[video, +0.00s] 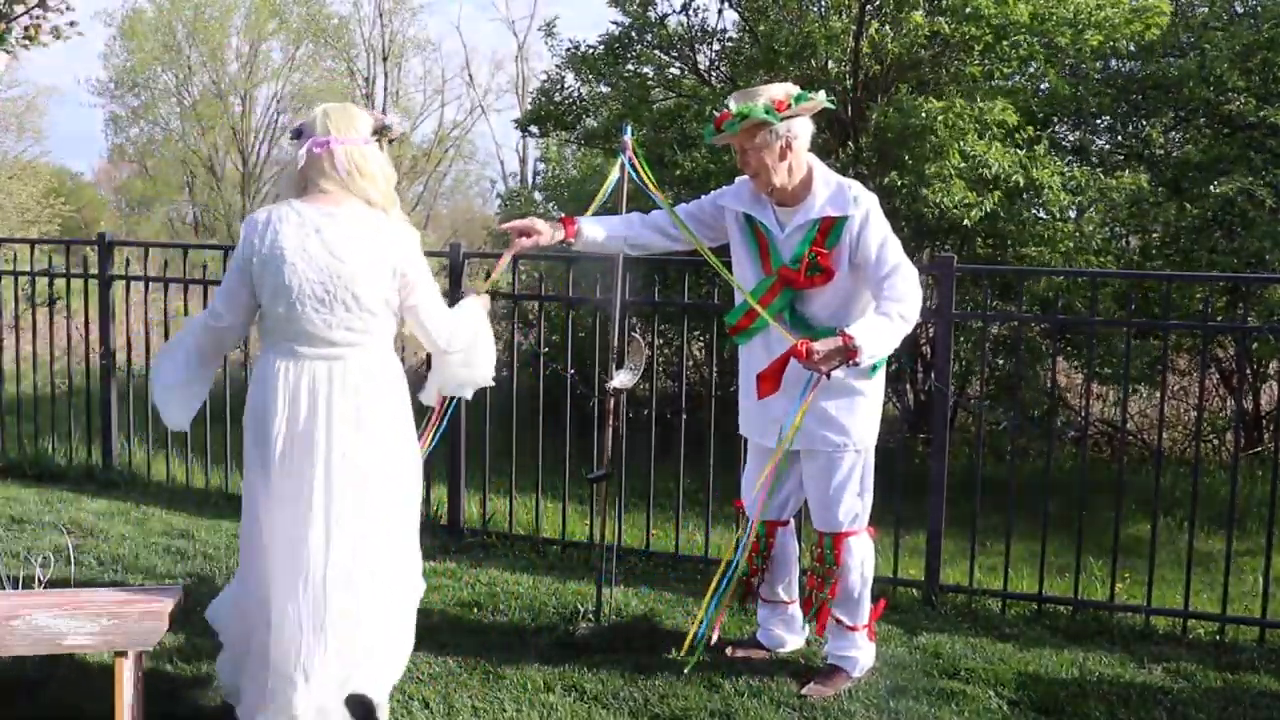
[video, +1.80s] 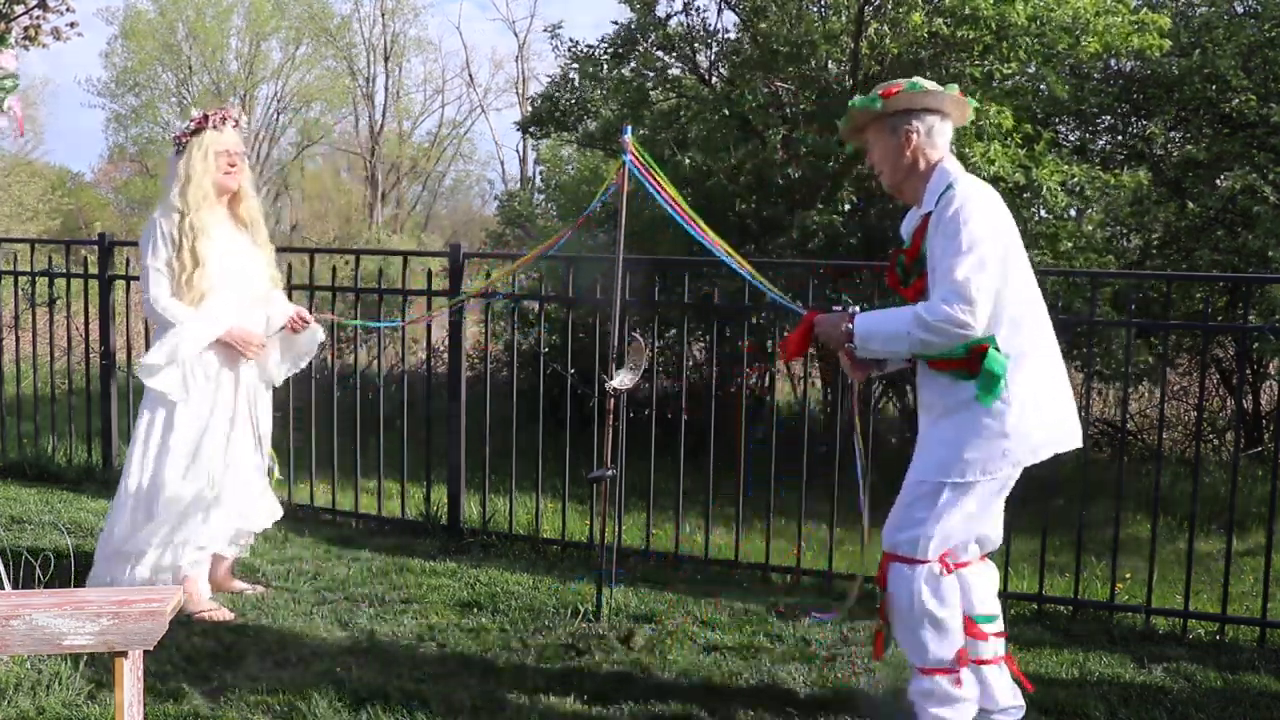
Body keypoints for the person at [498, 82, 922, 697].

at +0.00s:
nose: (740, 162)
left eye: (748, 149)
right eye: (737, 150)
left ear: (789, 145)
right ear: (746, 150)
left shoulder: (853, 206)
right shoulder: (734, 204)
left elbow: (901, 294)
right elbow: (649, 227)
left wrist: (853, 343)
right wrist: (562, 230)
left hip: (842, 386)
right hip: (767, 381)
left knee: (842, 521)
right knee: (766, 510)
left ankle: (849, 656)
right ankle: (778, 635)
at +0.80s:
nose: (719, 167)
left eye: (724, 153)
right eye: (716, 155)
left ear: (764, 144)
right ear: (752, 148)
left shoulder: (835, 206)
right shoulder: (747, 216)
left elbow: (882, 304)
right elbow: (696, 286)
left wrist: (818, 358)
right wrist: (617, 311)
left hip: (843, 379)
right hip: (777, 376)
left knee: (811, 513)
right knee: (767, 506)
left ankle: (874, 666)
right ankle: (801, 642)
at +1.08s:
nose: (744, 165)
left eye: (747, 149)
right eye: (741, 152)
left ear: (786, 145)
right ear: (786, 147)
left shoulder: (858, 211)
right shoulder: (784, 222)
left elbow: (882, 324)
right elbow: (770, 311)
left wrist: (798, 364)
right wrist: (708, 364)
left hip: (865, 397)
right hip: (811, 395)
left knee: (850, 543)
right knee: (787, 518)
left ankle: (880, 695)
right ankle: (801, 636)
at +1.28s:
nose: (773, 158)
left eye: (776, 142)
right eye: (770, 144)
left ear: (815, 139)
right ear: (817, 140)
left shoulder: (877, 205)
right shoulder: (830, 213)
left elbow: (886, 325)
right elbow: (828, 319)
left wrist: (792, 355)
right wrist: (769, 352)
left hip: (893, 412)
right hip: (846, 408)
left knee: (867, 557)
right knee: (811, 518)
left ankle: (882, 703)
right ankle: (841, 642)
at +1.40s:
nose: (795, 158)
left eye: (798, 141)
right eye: (791, 143)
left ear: (837, 133)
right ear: (839, 135)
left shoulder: (895, 204)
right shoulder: (853, 209)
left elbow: (899, 324)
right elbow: (862, 322)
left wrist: (796, 346)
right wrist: (792, 352)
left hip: (904, 417)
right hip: (865, 412)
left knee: (870, 555)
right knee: (841, 528)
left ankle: (879, 702)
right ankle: (934, 651)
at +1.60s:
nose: (828, 154)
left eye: (833, 138)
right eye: (827, 141)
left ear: (873, 135)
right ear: (879, 137)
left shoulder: (924, 206)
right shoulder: (898, 209)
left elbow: (930, 320)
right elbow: (907, 328)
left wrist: (824, 335)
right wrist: (838, 354)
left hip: (928, 429)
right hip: (935, 424)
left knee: (887, 559)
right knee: (940, 554)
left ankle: (881, 703)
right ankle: (991, 694)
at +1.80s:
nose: (867, 165)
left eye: (871, 148)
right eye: (864, 151)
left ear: (913, 140)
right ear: (917, 143)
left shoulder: (964, 205)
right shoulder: (940, 211)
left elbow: (962, 316)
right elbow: (950, 327)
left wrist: (856, 328)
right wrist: (878, 353)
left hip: (982, 414)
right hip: (980, 414)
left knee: (914, 547)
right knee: (962, 551)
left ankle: (942, 701)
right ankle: (994, 696)